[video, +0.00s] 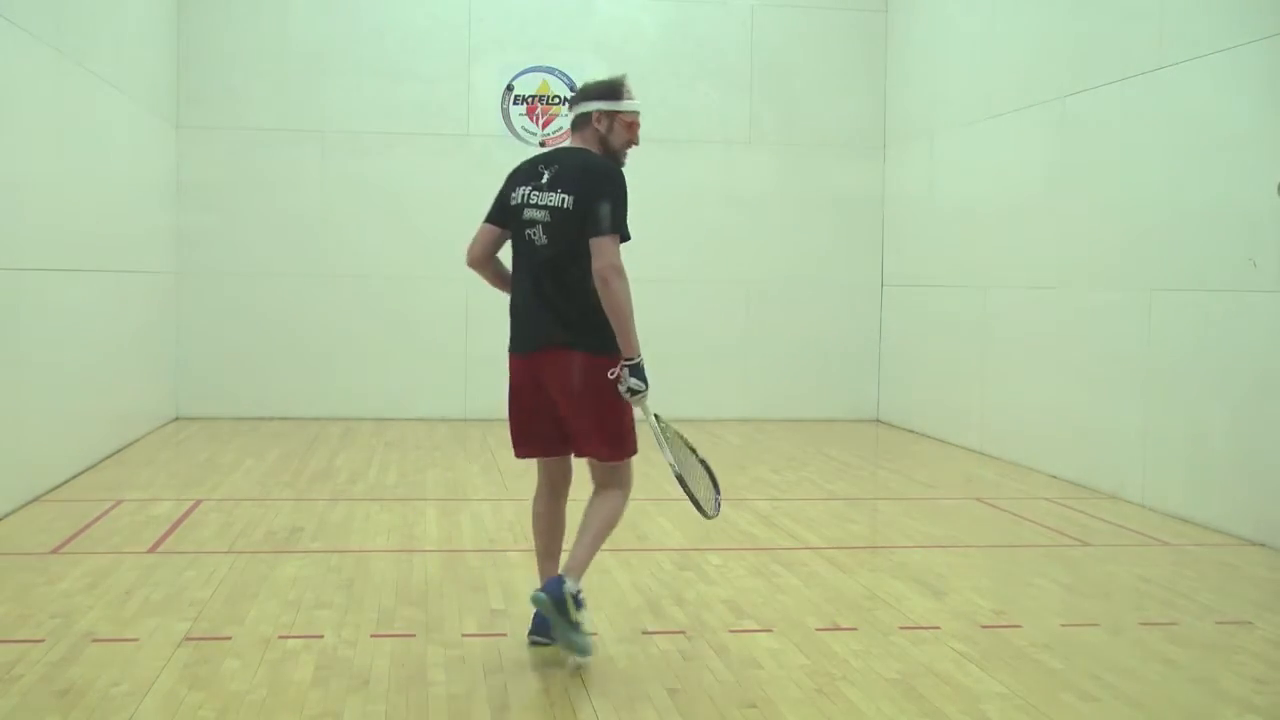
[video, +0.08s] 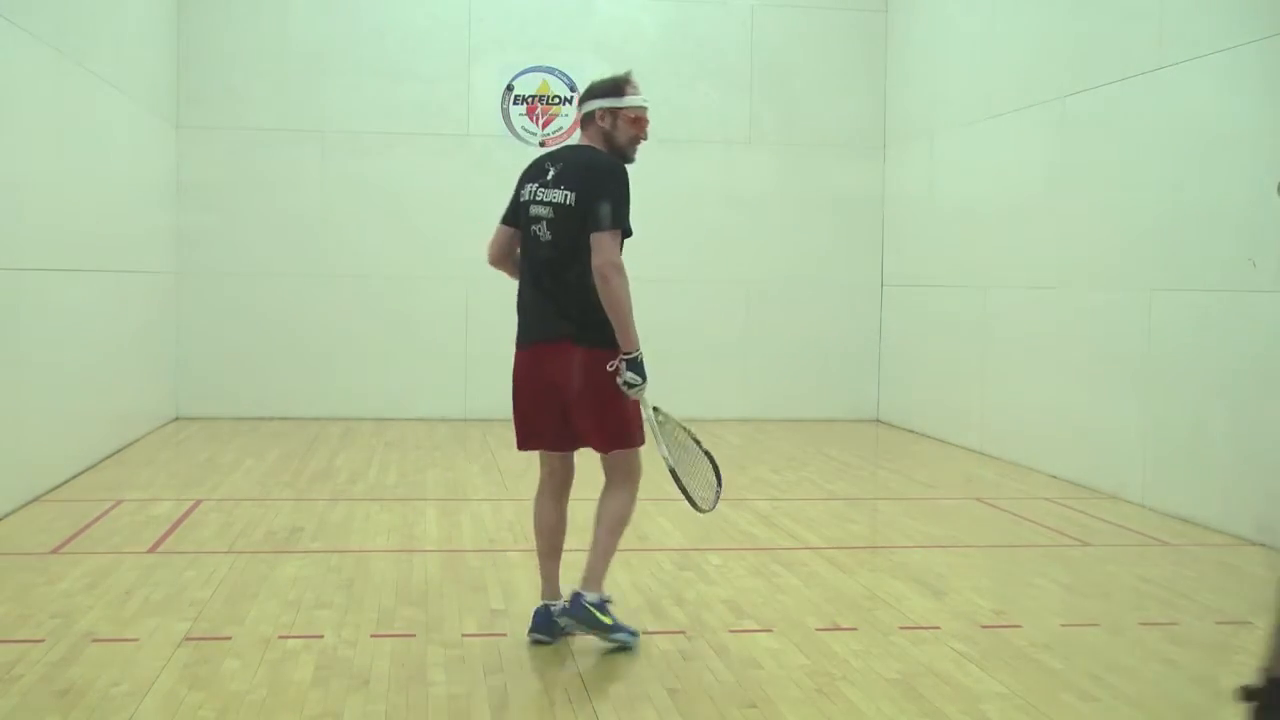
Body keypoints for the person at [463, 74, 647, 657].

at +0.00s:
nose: (635, 137)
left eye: (636, 126)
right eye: (629, 126)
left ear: (581, 125)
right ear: (599, 123)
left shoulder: (524, 173)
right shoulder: (602, 175)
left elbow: (479, 255)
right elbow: (606, 268)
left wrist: (526, 291)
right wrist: (632, 357)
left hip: (531, 355)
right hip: (586, 354)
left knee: (551, 477)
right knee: (613, 482)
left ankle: (549, 610)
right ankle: (566, 587)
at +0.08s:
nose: (644, 132)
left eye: (644, 121)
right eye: (635, 121)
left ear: (588, 124)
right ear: (600, 121)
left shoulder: (538, 168)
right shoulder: (605, 171)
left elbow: (501, 252)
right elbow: (606, 265)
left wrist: (552, 282)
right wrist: (632, 352)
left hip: (538, 353)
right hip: (592, 352)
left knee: (553, 476)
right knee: (623, 473)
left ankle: (549, 606)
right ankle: (590, 593)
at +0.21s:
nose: (655, 131)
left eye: (655, 120)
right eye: (647, 121)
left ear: (608, 122)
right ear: (612, 120)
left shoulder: (556, 167)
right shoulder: (612, 173)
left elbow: (535, 253)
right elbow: (607, 266)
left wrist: (616, 276)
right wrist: (637, 346)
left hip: (549, 348)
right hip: (603, 349)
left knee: (561, 470)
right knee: (628, 468)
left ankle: (551, 599)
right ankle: (620, 593)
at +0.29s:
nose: (662, 131)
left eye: (662, 122)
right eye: (653, 122)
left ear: (617, 125)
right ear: (620, 123)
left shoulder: (571, 169)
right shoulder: (615, 175)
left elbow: (581, 258)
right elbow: (612, 266)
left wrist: (643, 270)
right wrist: (649, 346)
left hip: (560, 346)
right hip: (608, 350)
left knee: (573, 465)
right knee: (634, 465)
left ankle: (550, 594)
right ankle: (621, 592)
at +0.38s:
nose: (668, 131)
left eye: (668, 121)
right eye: (659, 122)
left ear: (623, 126)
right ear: (624, 125)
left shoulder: (581, 171)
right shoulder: (621, 179)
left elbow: (597, 252)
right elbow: (622, 268)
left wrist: (658, 265)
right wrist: (667, 343)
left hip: (575, 345)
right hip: (618, 349)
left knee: (590, 462)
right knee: (636, 463)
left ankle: (552, 578)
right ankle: (621, 591)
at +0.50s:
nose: (673, 131)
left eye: (674, 122)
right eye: (664, 122)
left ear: (635, 126)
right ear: (630, 125)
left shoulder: (598, 170)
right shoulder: (627, 176)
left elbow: (609, 256)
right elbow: (639, 259)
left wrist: (667, 271)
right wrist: (698, 326)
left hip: (592, 340)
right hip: (622, 345)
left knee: (613, 454)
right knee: (630, 463)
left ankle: (557, 567)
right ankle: (619, 593)